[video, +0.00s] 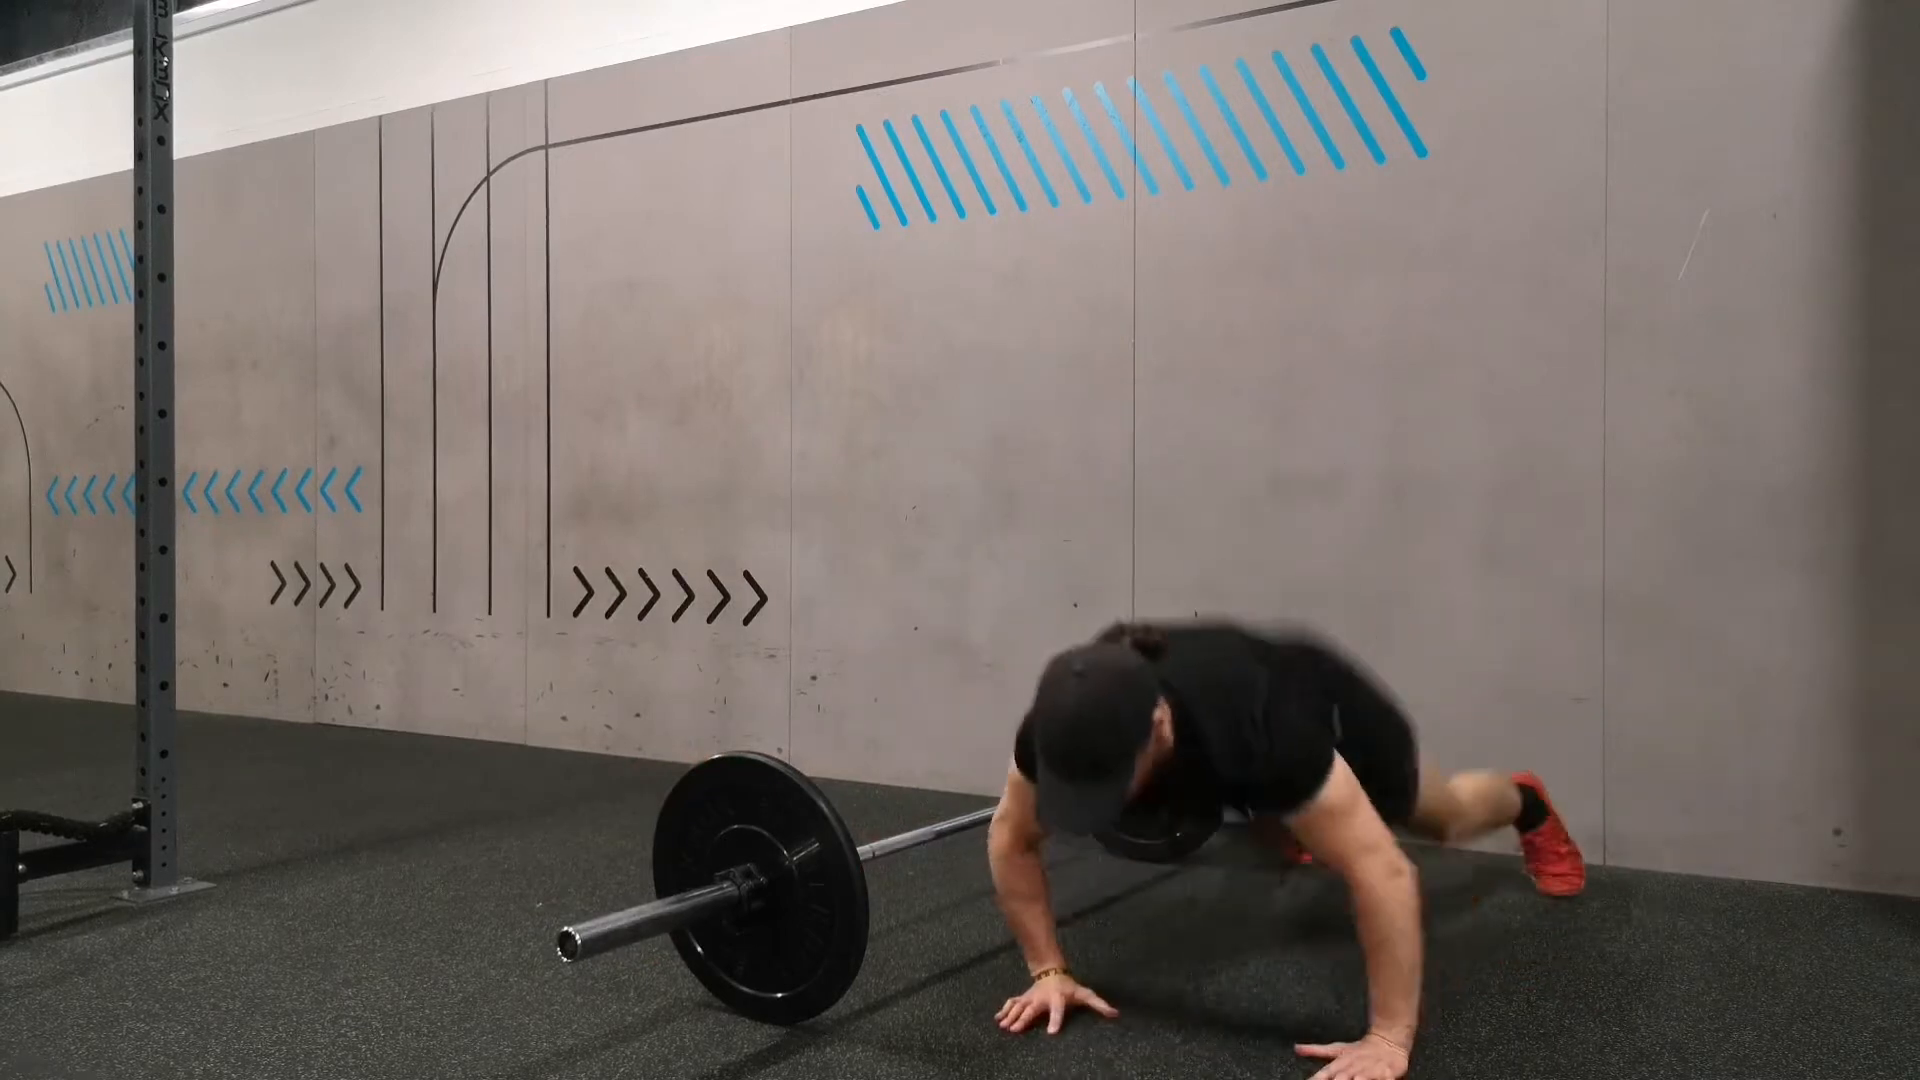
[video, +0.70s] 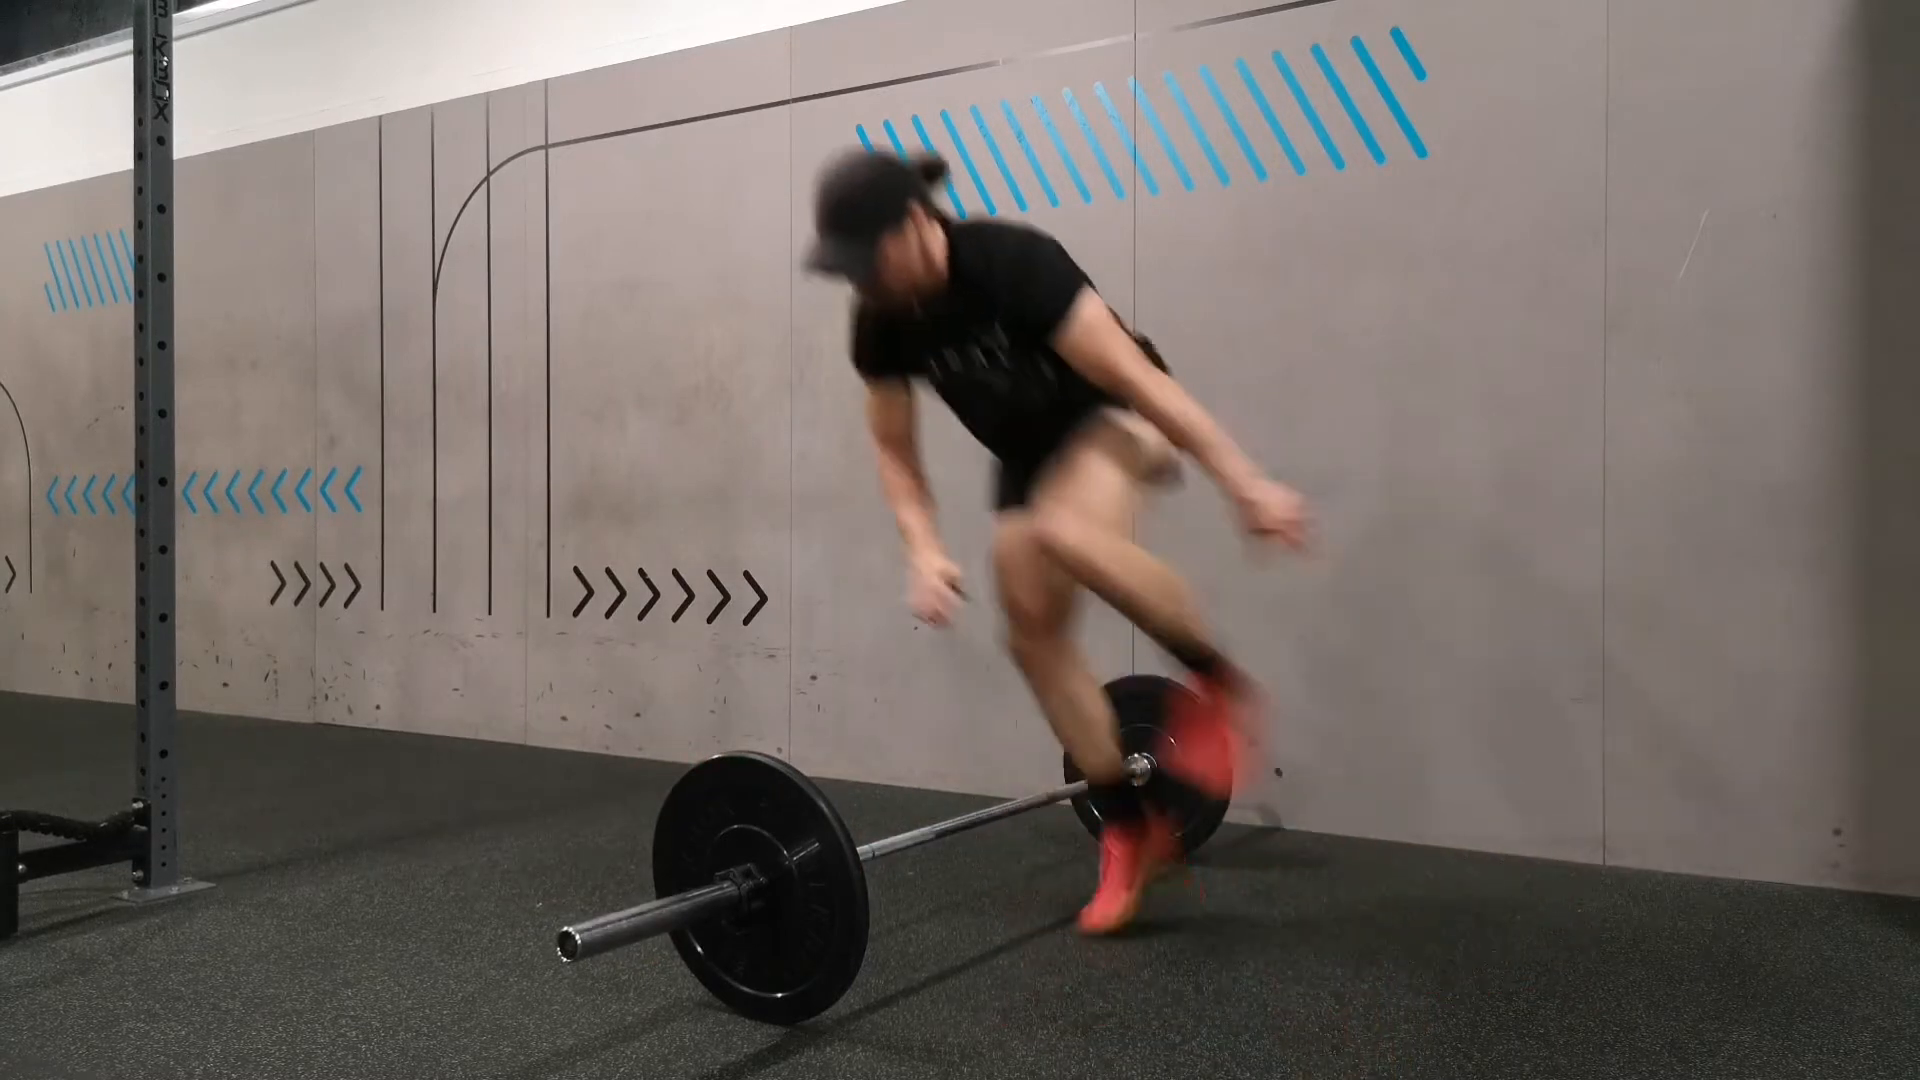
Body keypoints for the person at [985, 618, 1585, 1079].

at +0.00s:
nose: (1107, 801)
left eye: (1117, 784)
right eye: (1087, 792)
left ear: (1158, 732)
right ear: (1043, 740)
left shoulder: (1256, 728)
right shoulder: (1057, 731)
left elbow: (1382, 875)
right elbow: (1012, 842)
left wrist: (1389, 1040)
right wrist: (1047, 969)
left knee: (1435, 813)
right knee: (1251, 821)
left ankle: (1526, 798)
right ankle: (1296, 832)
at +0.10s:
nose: (1108, 783)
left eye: (1119, 765)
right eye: (1087, 772)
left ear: (1153, 710)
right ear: (1043, 724)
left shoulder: (1241, 688)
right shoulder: (1055, 700)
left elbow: (1338, 863)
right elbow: (1023, 834)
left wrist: (1384, 1036)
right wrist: (1047, 971)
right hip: (1179, 585)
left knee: (1435, 772)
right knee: (1228, 773)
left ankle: (1521, 791)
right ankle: (1314, 767)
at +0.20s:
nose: (1116, 762)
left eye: (1130, 741)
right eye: (1100, 747)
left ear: (1166, 685)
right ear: (1070, 699)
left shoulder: (1246, 661)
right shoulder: (1072, 673)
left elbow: (1304, 840)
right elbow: (1060, 818)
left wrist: (1364, 1012)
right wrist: (1053, 971)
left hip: (1303, 496)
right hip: (1187, 503)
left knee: (1385, 731)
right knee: (1173, 753)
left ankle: (1474, 844)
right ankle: (1285, 773)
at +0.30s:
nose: (1109, 682)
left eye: (1114, 664)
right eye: (1091, 674)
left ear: (1142, 623)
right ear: (1058, 645)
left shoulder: (1221, 606)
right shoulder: (1078, 636)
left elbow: (1280, 777)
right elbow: (1081, 804)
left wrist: (1324, 953)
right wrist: (1060, 962)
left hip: (1323, 510)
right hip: (1201, 515)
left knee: (1346, 720)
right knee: (1118, 702)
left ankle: (1451, 904)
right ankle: (1199, 831)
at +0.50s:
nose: (944, 442)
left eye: (947, 421)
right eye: (934, 430)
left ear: (989, 387)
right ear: (937, 426)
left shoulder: (1099, 408)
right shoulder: (973, 474)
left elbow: (1235, 507)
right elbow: (991, 610)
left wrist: (1342, 614)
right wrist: (1019, 728)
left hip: (1232, 544)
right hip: (1135, 569)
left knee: (1282, 719)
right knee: (1048, 709)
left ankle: (1451, 899)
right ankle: (1159, 874)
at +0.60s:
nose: (910, 363)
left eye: (914, 341)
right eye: (898, 351)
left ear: (956, 311)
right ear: (899, 349)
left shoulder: (1059, 339)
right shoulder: (929, 407)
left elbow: (1195, 426)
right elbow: (953, 539)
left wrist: (1309, 526)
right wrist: (991, 648)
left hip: (1186, 489)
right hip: (1095, 524)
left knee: (1230, 650)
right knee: (1049, 691)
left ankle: (1393, 841)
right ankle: (1158, 872)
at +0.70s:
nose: (869, 278)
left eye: (873, 258)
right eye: (858, 268)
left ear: (917, 223)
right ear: (860, 263)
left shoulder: (1015, 261)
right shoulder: (881, 320)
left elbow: (1136, 376)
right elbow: (893, 444)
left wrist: (1245, 483)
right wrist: (922, 550)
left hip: (1113, 413)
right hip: (1029, 458)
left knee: (1069, 531)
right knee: (1032, 629)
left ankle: (1222, 685)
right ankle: (1125, 822)